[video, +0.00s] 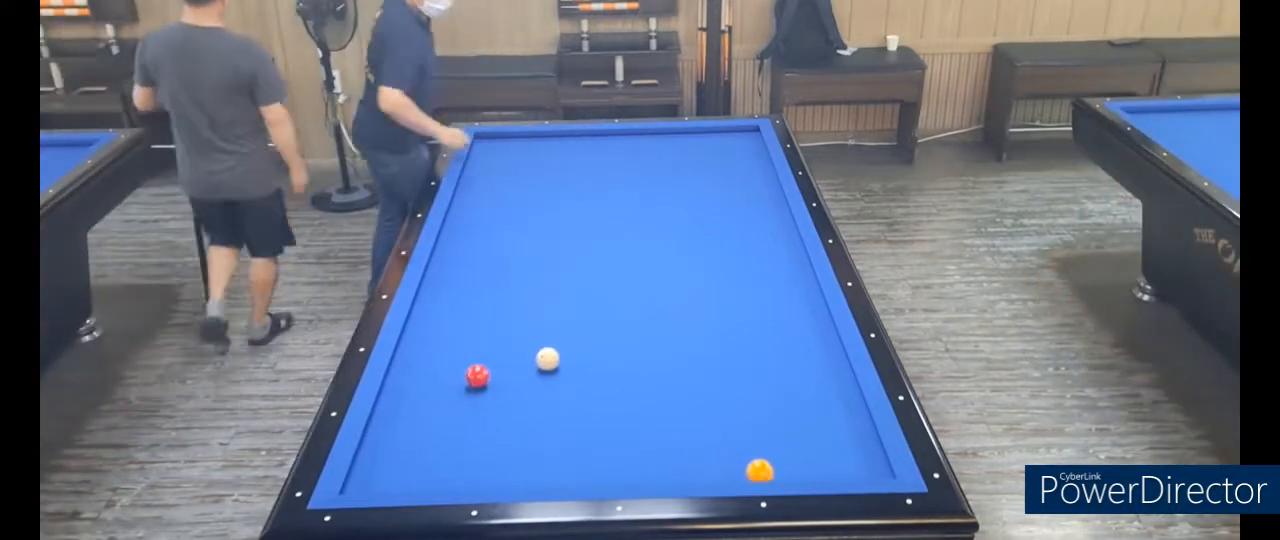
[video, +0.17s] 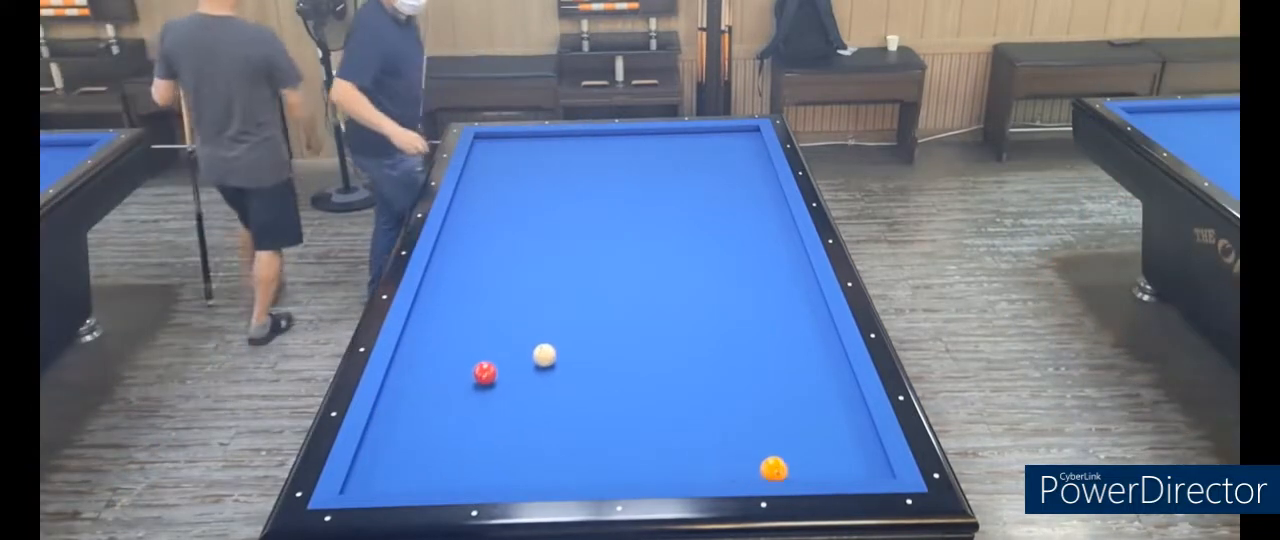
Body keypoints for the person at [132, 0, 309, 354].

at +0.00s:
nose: (226, 6)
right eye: (225, 3)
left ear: (185, 2)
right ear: (221, 2)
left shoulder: (154, 46)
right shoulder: (247, 53)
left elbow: (143, 102)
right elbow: (277, 119)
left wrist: (181, 94)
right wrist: (296, 166)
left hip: (200, 181)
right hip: (252, 179)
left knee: (222, 239)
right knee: (265, 250)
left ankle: (214, 309)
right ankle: (259, 325)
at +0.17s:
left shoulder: (176, 32)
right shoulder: (260, 37)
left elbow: (161, 96)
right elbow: (294, 103)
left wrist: (195, 86)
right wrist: (304, 135)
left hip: (217, 166)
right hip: (264, 166)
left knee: (251, 226)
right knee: (268, 244)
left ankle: (261, 292)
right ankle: (260, 323)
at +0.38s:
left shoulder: (197, 28)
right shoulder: (275, 29)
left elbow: (186, 89)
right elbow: (310, 85)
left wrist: (213, 68)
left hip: (238, 153)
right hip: (280, 154)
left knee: (268, 215)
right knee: (283, 231)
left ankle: (290, 264)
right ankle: (264, 313)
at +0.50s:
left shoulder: (211, 13)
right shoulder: (283, 16)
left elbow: (205, 73)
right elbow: (310, 71)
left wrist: (236, 64)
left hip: (248, 136)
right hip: (290, 136)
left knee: (271, 203)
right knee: (315, 202)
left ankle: (295, 264)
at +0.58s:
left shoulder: (224, 9)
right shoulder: (292, 9)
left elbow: (218, 62)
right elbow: (313, 58)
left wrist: (251, 55)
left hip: (260, 126)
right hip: (303, 123)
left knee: (275, 199)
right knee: (330, 187)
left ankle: (288, 266)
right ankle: (311, 249)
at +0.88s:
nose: (337, 21)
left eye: (342, 15)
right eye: (328, 17)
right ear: (310, 7)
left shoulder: (267, 5)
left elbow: (266, 50)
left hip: (286, 88)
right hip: (321, 87)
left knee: (294, 179)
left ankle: (290, 259)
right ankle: (289, 259)